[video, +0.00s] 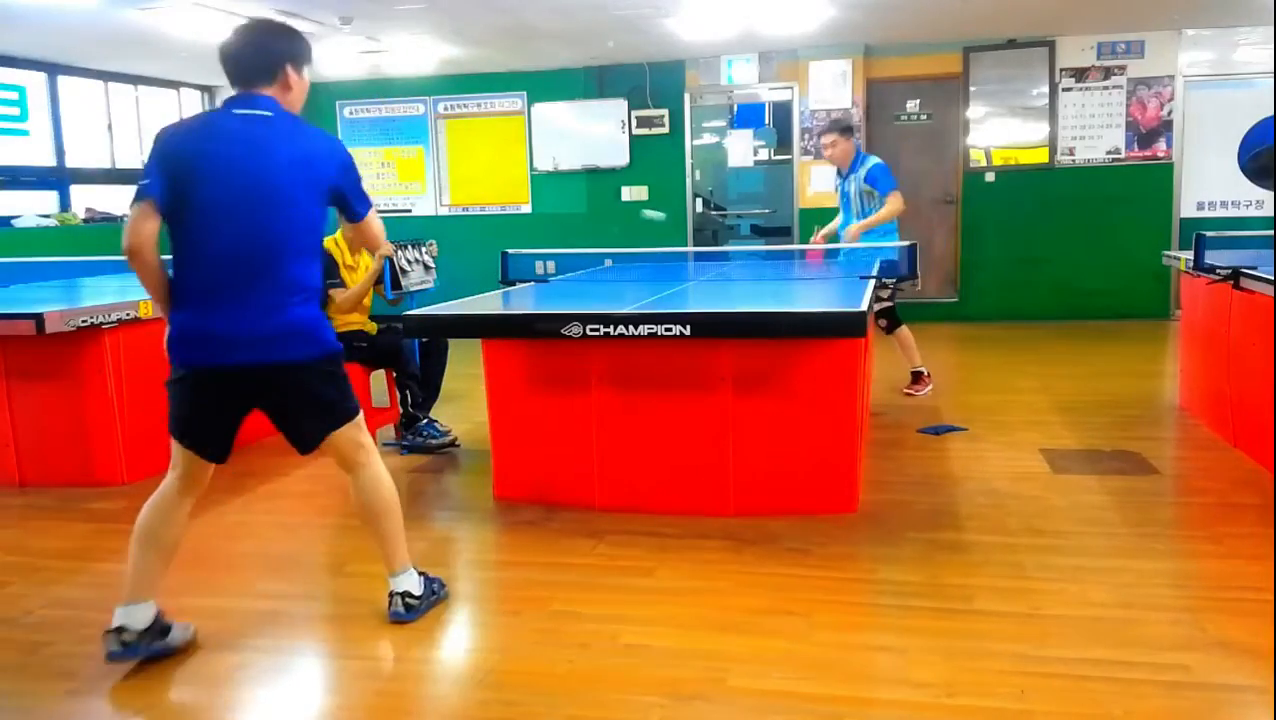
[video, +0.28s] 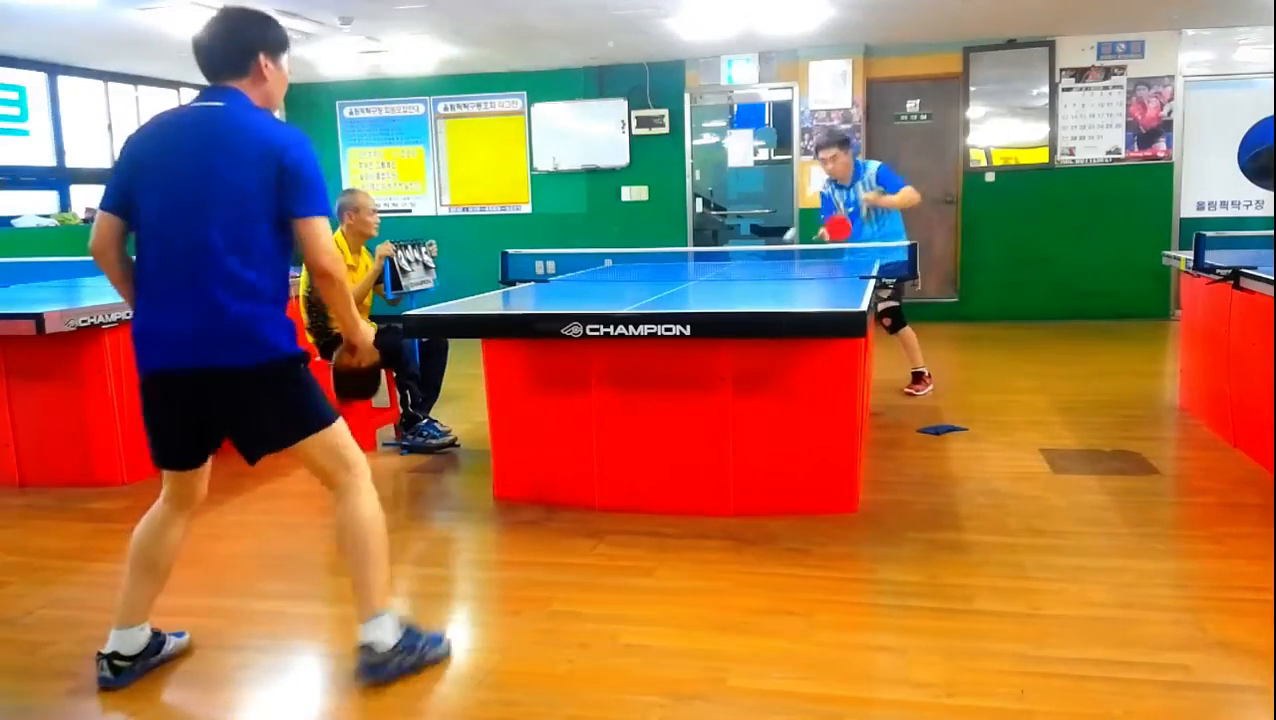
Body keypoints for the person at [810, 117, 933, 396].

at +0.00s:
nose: (827, 153)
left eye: (832, 146)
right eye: (824, 148)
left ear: (850, 142)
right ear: (825, 149)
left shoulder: (873, 167)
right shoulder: (841, 175)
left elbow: (896, 204)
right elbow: (847, 213)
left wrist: (860, 227)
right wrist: (827, 231)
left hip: (880, 259)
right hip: (851, 259)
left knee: (885, 315)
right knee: (847, 318)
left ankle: (919, 372)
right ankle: (846, 382)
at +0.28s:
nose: (828, 167)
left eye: (832, 159)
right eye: (823, 162)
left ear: (849, 153)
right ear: (820, 161)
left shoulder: (876, 171)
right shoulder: (829, 189)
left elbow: (913, 197)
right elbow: (830, 228)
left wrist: (881, 200)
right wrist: (828, 233)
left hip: (889, 257)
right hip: (853, 261)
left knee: (889, 314)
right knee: (847, 317)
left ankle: (920, 373)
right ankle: (847, 382)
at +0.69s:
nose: (820, 163)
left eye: (825, 156)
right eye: (815, 157)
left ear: (840, 153)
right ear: (810, 157)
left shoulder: (856, 166)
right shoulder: (808, 185)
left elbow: (883, 179)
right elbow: (811, 224)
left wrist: (909, 195)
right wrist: (826, 216)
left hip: (866, 257)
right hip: (829, 264)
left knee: (887, 309)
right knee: (831, 321)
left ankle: (912, 367)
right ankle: (834, 379)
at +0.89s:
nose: (803, 155)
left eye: (808, 147)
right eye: (798, 149)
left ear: (823, 145)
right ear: (794, 150)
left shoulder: (843, 164)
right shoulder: (792, 178)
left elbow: (887, 174)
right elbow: (788, 210)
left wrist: (887, 185)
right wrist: (785, 223)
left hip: (851, 251)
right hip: (814, 253)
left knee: (867, 306)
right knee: (815, 310)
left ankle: (886, 359)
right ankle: (819, 366)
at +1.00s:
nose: (797, 158)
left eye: (802, 151)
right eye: (792, 152)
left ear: (818, 148)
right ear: (789, 154)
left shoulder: (839, 171)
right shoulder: (794, 181)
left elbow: (864, 200)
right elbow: (795, 213)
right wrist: (789, 233)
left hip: (846, 257)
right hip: (813, 258)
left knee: (864, 309)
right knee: (814, 311)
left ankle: (885, 360)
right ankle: (818, 365)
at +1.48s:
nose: (823, 156)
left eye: (828, 149)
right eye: (818, 151)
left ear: (838, 147)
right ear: (811, 151)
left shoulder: (854, 163)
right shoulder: (806, 176)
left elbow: (880, 191)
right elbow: (811, 215)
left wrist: (863, 193)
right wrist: (829, 221)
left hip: (857, 250)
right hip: (820, 253)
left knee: (873, 302)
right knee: (822, 307)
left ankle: (886, 359)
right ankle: (824, 365)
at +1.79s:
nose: (817, 162)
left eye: (822, 156)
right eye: (813, 157)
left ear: (836, 154)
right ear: (808, 157)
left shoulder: (855, 175)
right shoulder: (803, 184)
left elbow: (888, 200)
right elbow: (796, 222)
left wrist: (864, 212)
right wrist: (795, 238)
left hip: (857, 257)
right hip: (821, 260)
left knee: (875, 307)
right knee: (818, 311)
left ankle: (900, 352)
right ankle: (820, 363)